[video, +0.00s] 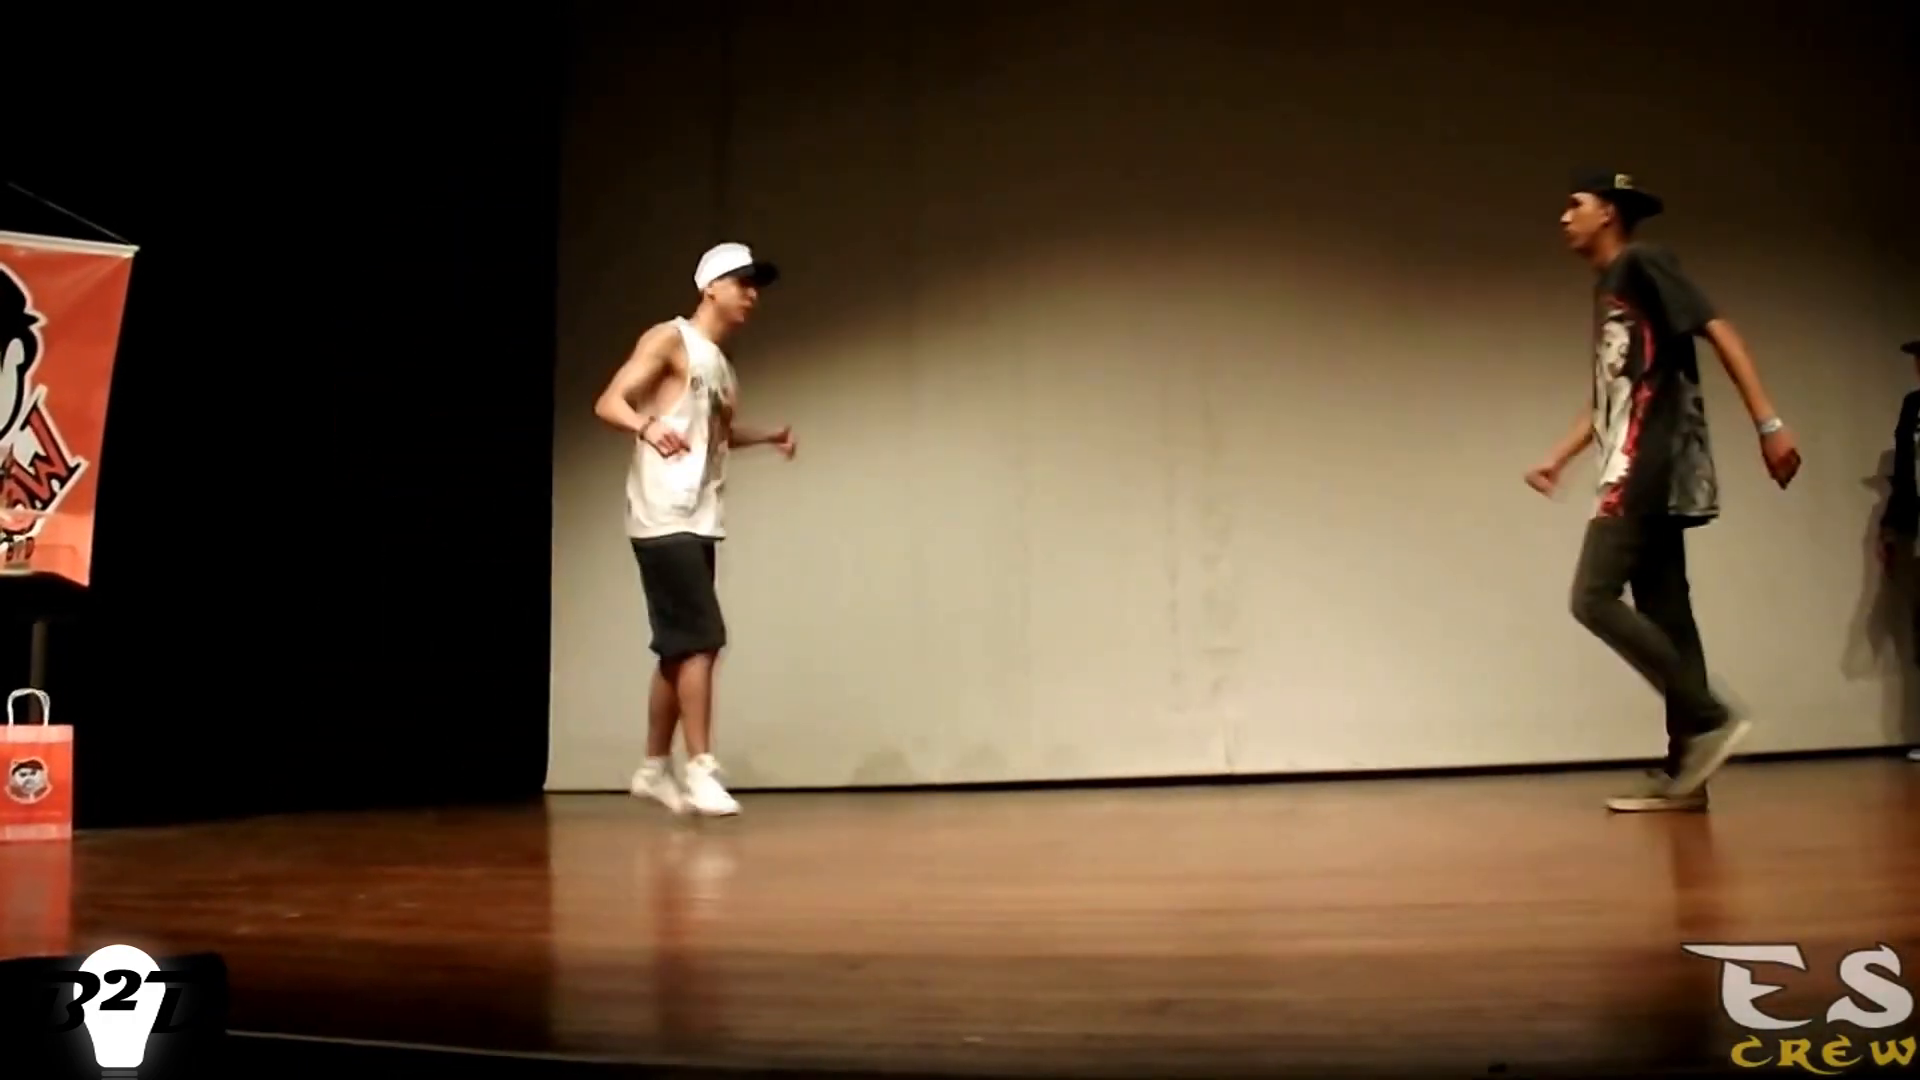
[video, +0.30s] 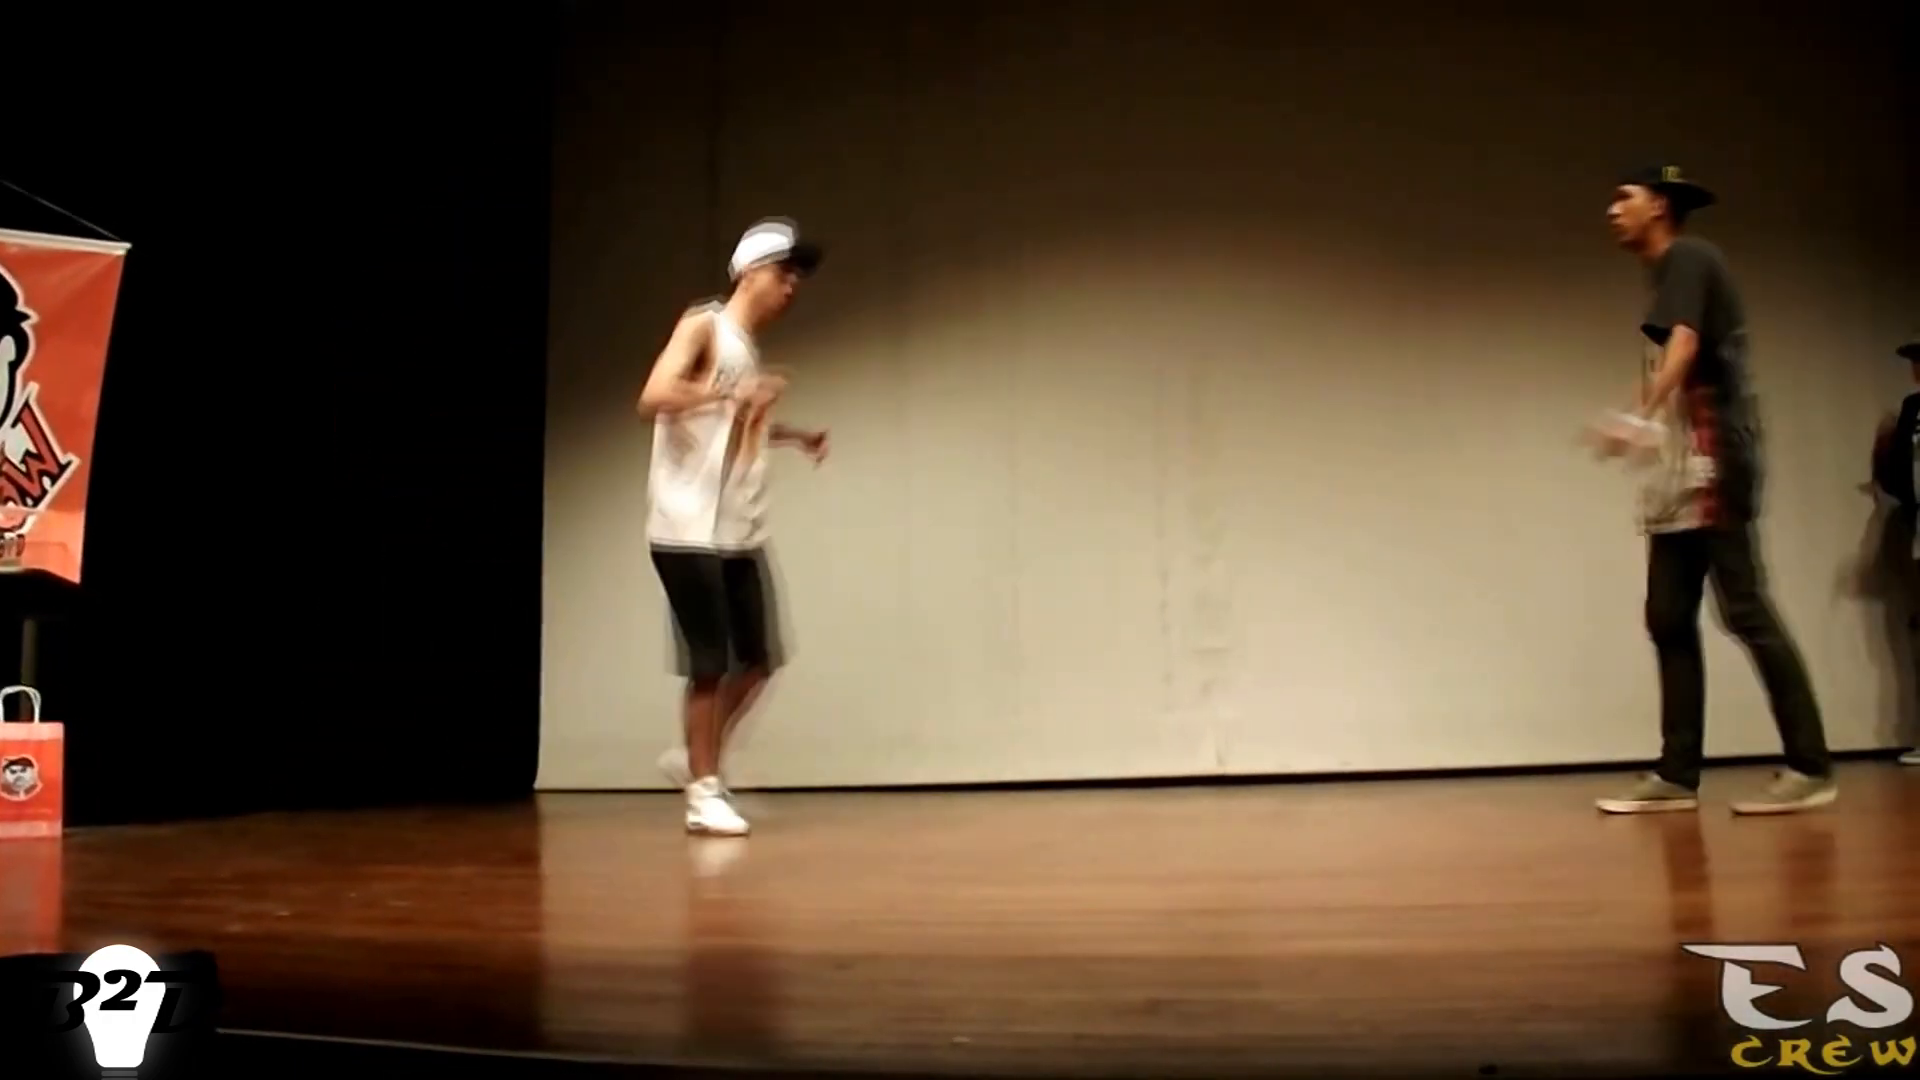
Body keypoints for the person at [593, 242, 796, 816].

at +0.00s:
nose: (752, 294)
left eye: (754, 285)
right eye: (741, 283)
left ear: (743, 294)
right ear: (709, 287)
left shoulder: (719, 366)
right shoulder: (667, 340)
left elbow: (717, 436)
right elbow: (609, 402)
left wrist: (769, 436)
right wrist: (646, 427)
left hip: (698, 522)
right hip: (663, 521)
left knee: (680, 649)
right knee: (702, 638)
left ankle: (653, 768)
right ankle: (698, 767)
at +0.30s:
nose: (792, 290)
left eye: (795, 279)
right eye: (784, 277)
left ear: (776, 281)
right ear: (750, 273)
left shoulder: (744, 347)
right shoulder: (701, 326)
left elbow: (733, 424)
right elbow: (654, 393)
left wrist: (796, 437)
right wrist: (730, 394)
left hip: (737, 534)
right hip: (687, 533)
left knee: (757, 659)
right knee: (710, 662)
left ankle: (695, 757)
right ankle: (703, 792)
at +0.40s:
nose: (808, 274)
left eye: (811, 264)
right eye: (799, 260)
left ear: (791, 268)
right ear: (762, 257)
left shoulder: (765, 335)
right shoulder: (712, 311)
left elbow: (754, 417)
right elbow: (671, 382)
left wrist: (816, 431)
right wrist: (756, 373)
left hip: (754, 521)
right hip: (693, 522)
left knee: (789, 644)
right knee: (703, 662)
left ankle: (785, 783)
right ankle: (701, 789)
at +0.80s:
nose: (835, 264)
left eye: (841, 253)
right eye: (826, 247)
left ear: (822, 253)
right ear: (787, 236)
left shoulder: (779, 331)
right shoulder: (724, 282)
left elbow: (779, 413)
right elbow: (668, 364)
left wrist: (828, 423)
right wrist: (719, 437)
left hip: (746, 499)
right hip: (681, 483)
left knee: (791, 634)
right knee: (729, 610)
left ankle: (819, 788)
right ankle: (676, 773)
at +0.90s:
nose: (809, 257)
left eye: (814, 246)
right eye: (800, 240)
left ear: (797, 249)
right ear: (760, 233)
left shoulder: (755, 314)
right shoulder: (702, 286)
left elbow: (745, 414)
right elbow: (643, 375)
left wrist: (809, 418)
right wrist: (685, 446)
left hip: (715, 502)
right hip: (656, 492)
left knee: (781, 635)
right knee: (688, 625)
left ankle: (721, 769)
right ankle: (609, 789)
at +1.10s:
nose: (773, 266)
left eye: (776, 253)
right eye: (765, 250)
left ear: (748, 252)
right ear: (726, 244)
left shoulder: (714, 322)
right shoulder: (673, 300)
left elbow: (701, 419)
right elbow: (617, 385)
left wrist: (764, 440)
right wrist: (652, 458)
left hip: (661, 513)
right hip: (617, 503)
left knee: (699, 666)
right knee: (615, 649)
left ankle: (637, 802)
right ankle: (571, 809)